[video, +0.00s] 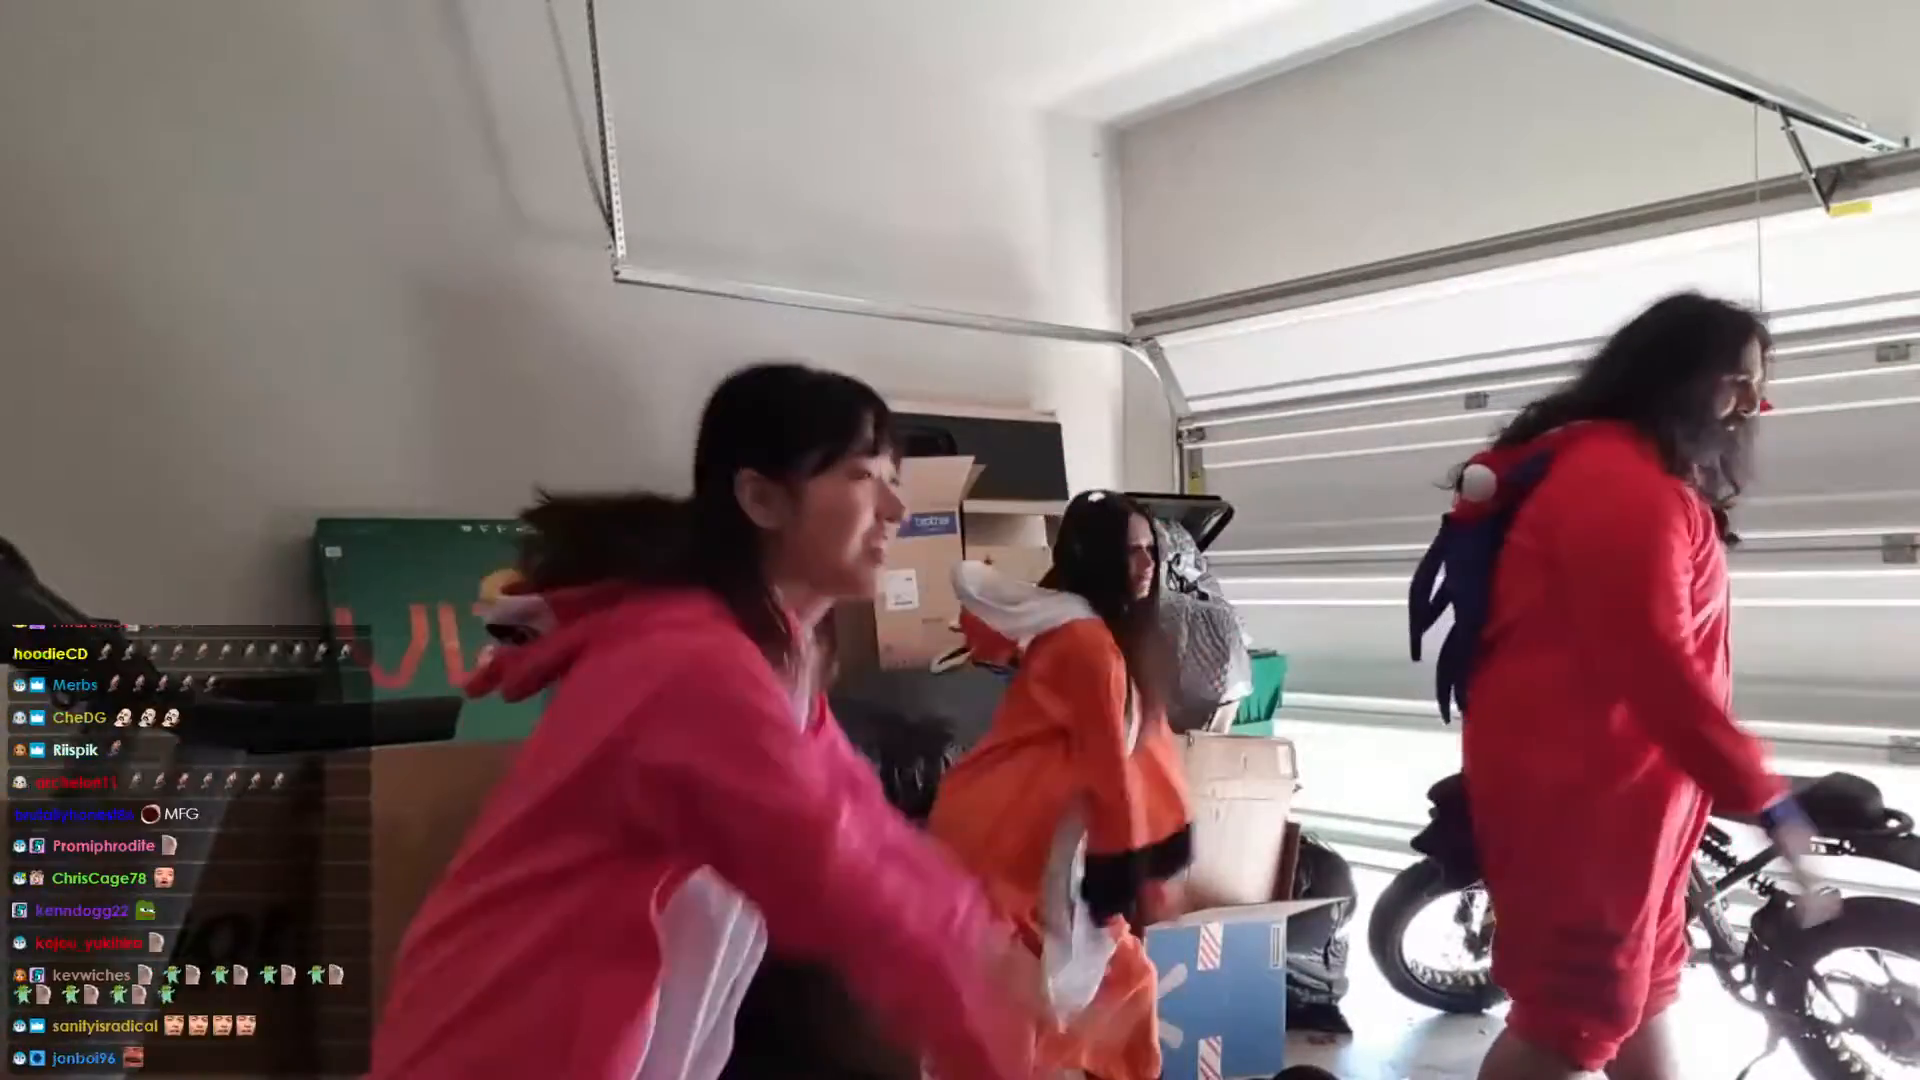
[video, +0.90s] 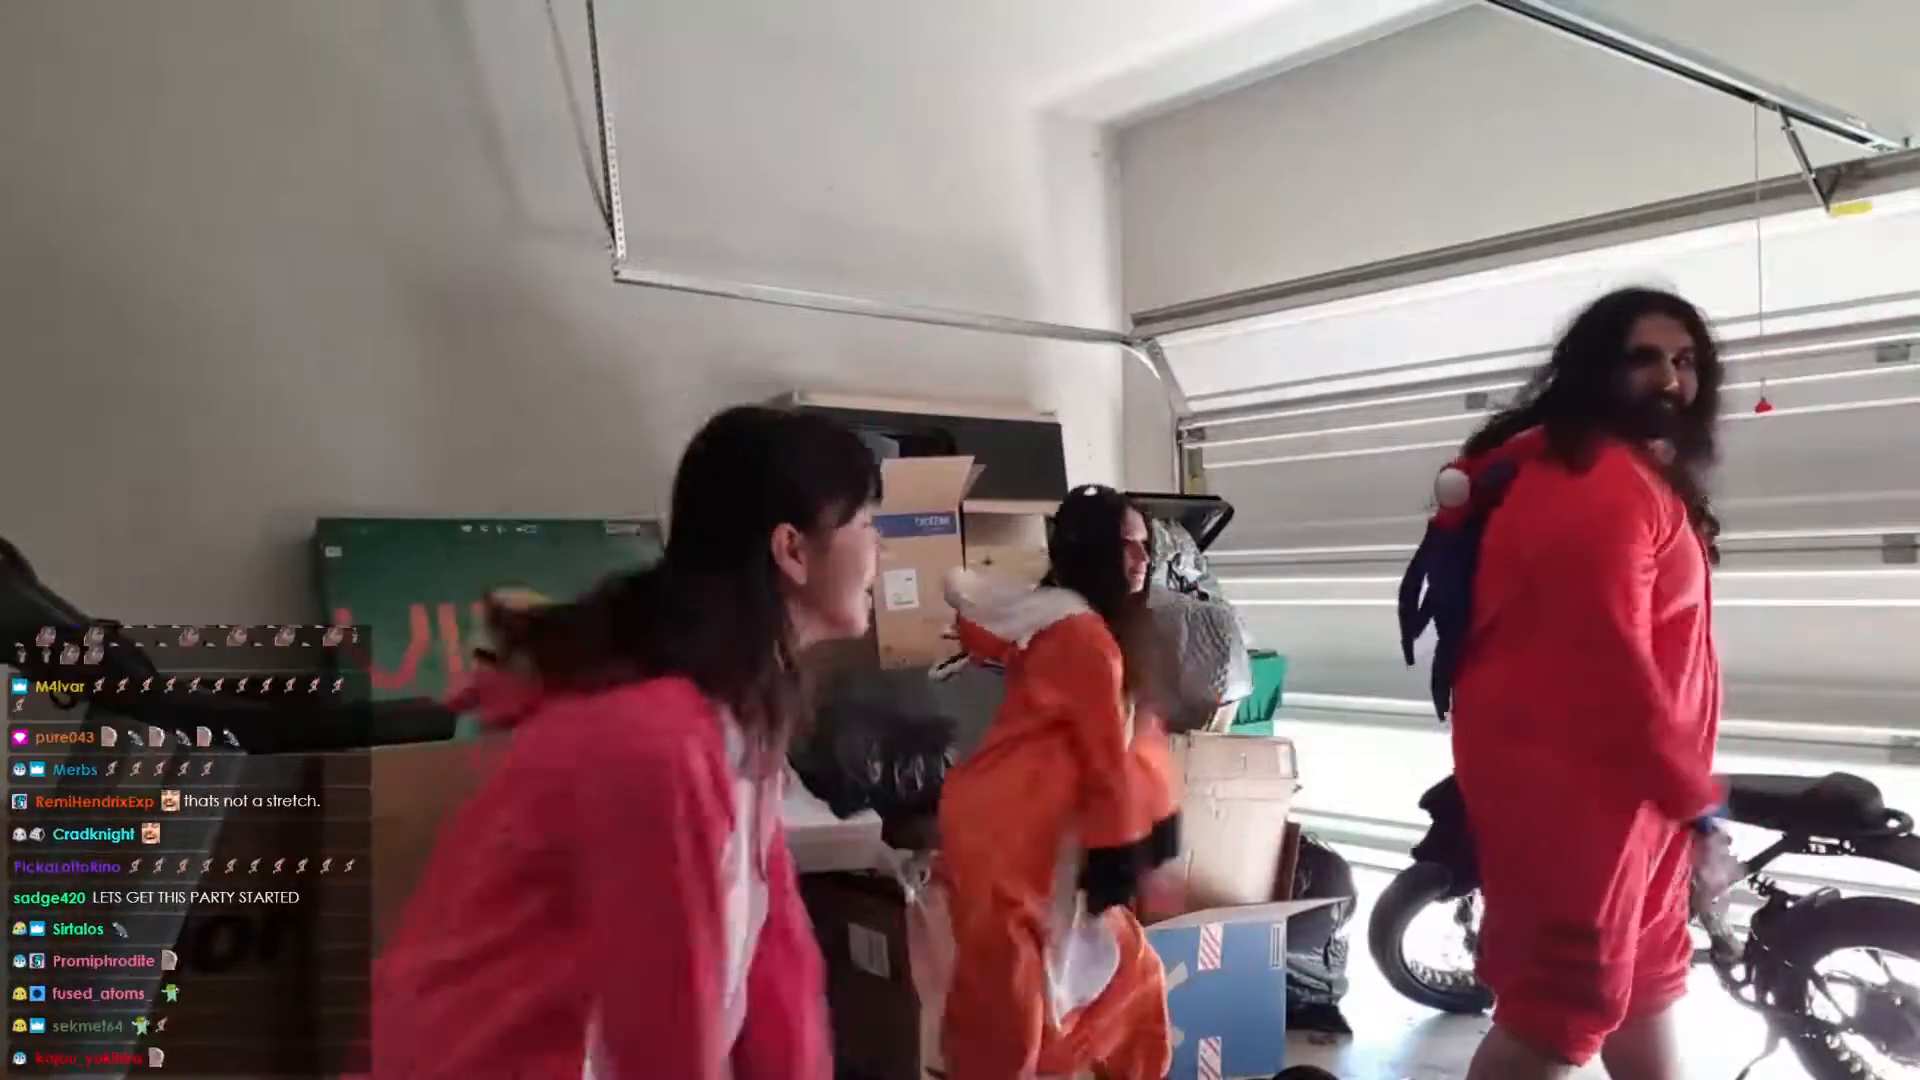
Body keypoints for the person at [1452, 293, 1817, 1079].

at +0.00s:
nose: (1756, 407)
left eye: (1760, 388)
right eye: (1739, 384)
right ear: (1682, 379)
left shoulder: (1657, 476)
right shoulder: (1620, 484)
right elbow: (1655, 665)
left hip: (1626, 784)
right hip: (1575, 791)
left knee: (1643, 998)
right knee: (1571, 1019)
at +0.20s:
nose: (1734, 384)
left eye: (1735, 362)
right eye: (1717, 364)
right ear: (1668, 369)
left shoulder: (1669, 471)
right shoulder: (1614, 471)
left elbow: (1688, 645)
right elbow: (1641, 648)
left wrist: (1713, 782)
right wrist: (1714, 793)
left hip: (1633, 768)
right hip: (1569, 773)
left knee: (1638, 1000)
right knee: (1561, 1014)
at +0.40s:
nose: (1626, 373)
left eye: (1637, 355)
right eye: (1599, 356)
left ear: (1654, 367)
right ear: (1547, 370)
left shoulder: (1611, 464)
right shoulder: (1547, 469)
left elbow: (1713, 483)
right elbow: (1746, 504)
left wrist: (1831, 438)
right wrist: (1908, 465)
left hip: (1660, 791)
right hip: (1578, 805)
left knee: (1676, 990)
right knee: (1568, 1023)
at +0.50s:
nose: (1626, 392)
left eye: (1638, 373)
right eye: (1596, 375)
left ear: (1657, 381)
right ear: (1549, 393)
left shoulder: (1631, 476)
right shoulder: (1555, 485)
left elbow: (1698, 441)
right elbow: (1744, 442)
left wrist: (1733, 324)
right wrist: (1833, 281)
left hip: (1674, 788)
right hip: (1591, 806)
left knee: (1715, 991)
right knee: (1607, 1029)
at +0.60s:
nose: (1626, 390)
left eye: (1639, 370)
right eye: (1596, 375)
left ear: (1658, 379)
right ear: (1553, 393)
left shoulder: (1628, 472)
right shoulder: (1566, 483)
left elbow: (1698, 434)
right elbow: (1743, 439)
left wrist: (1729, 325)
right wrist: (1809, 281)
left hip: (1671, 782)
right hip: (1591, 800)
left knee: (1717, 983)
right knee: (1612, 1025)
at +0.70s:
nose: (1620, 370)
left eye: (1631, 351)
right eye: (1591, 353)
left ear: (1647, 364)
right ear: (1541, 372)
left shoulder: (1614, 467)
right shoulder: (1559, 474)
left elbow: (1730, 491)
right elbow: (1738, 507)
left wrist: (1877, 418)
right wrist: (1888, 420)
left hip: (1662, 784)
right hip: (1585, 797)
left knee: (1679, 988)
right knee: (1584, 1018)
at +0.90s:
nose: (1670, 378)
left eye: (1687, 361)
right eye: (1645, 359)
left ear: (1704, 376)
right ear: (1598, 370)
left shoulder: (1642, 477)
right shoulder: (1589, 480)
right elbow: (1609, 662)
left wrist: (1691, 795)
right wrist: (1697, 802)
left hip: (1628, 780)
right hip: (1566, 787)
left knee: (1643, 995)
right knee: (1554, 1017)